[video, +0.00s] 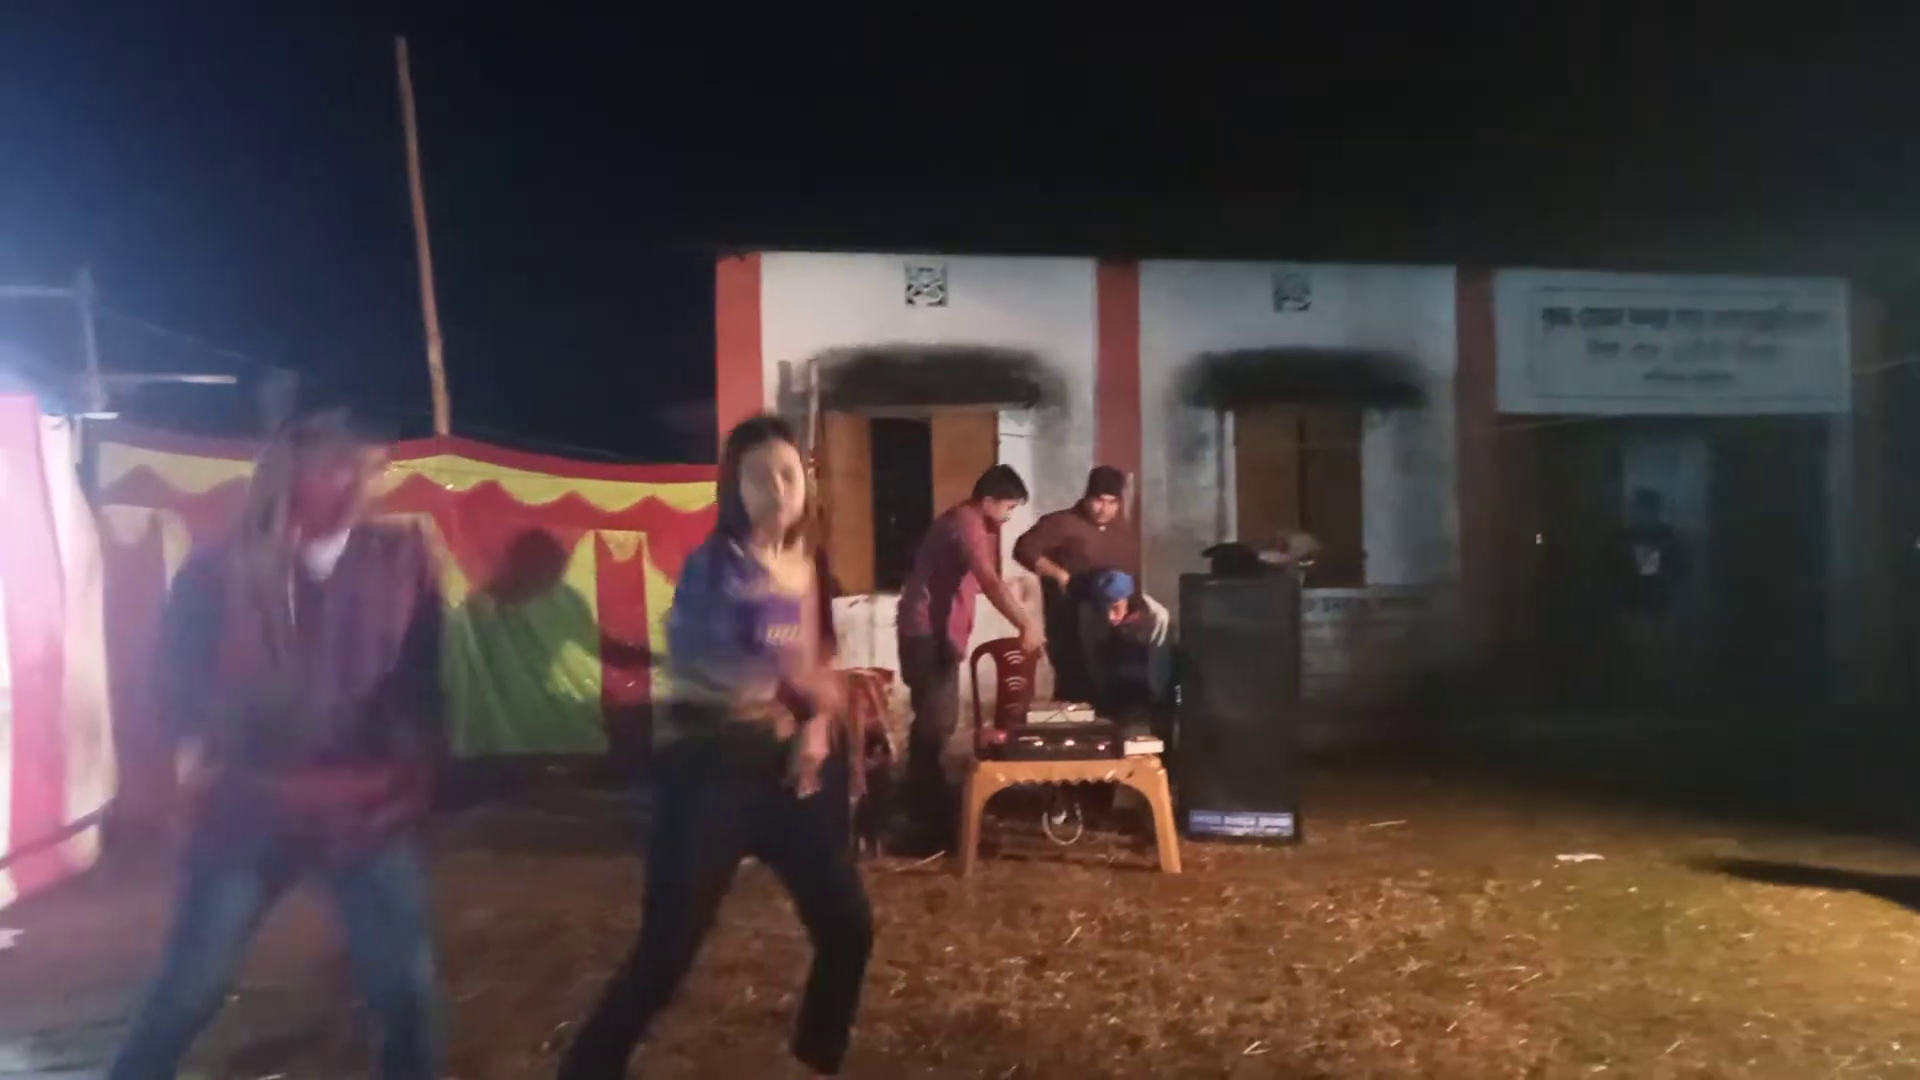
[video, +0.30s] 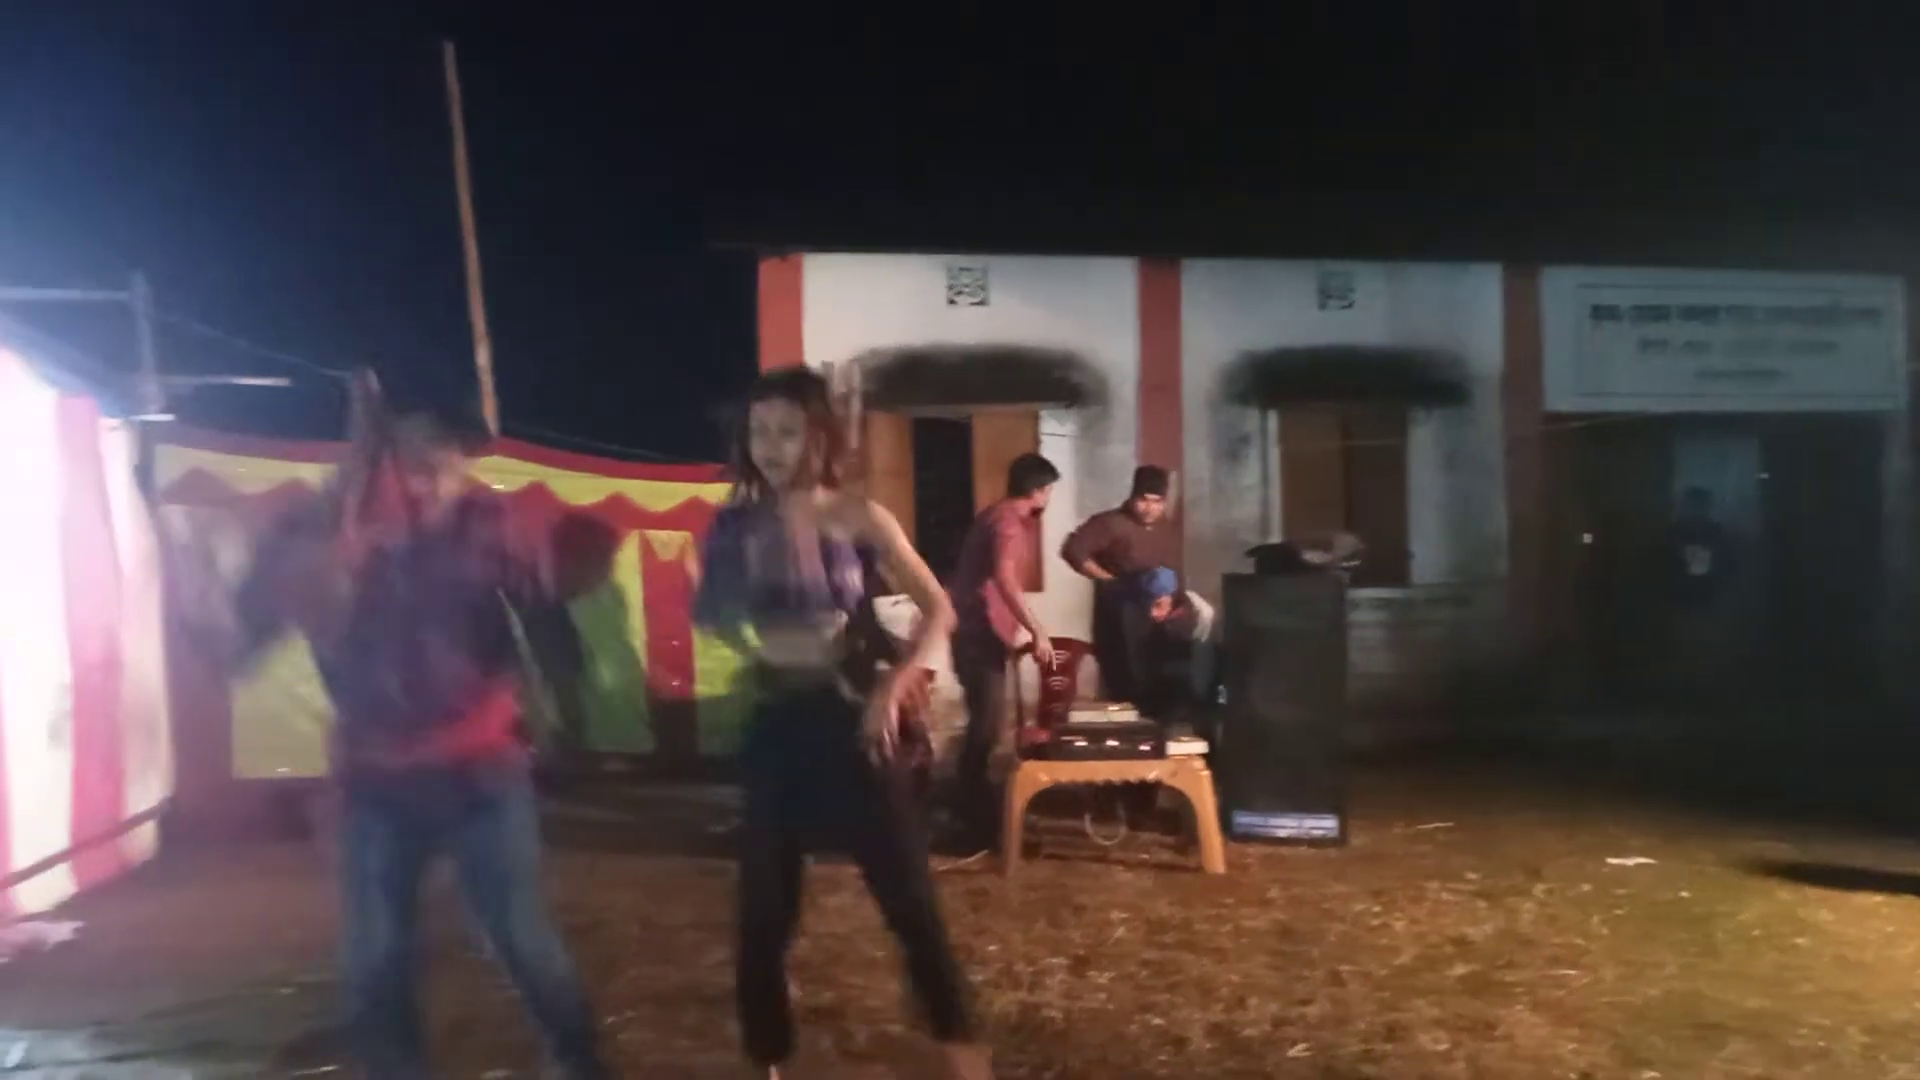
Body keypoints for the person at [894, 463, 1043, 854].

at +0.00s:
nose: (1010, 515)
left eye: (1014, 507)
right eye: (1009, 506)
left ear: (992, 500)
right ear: (990, 498)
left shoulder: (977, 523)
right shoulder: (967, 523)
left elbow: (993, 581)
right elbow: (990, 583)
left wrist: (1025, 621)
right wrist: (1024, 625)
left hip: (940, 630)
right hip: (927, 631)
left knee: (936, 723)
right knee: (935, 724)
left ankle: (925, 813)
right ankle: (922, 815)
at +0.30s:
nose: (1050, 496)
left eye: (1050, 488)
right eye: (1047, 488)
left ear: (1020, 485)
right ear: (1035, 489)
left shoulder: (1003, 517)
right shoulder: (1008, 521)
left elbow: (989, 584)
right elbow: (1004, 579)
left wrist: (1010, 636)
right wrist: (1038, 632)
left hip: (980, 631)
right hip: (981, 632)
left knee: (987, 727)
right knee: (986, 728)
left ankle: (973, 816)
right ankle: (973, 819)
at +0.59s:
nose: (1149, 486)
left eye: (1148, 479)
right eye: (1146, 479)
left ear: (1114, 474)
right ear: (1135, 480)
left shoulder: (1089, 509)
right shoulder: (1112, 516)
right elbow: (1105, 578)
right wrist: (1113, 640)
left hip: (1076, 636)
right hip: (1095, 639)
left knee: (1090, 726)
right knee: (1103, 728)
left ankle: (1085, 812)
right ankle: (1097, 817)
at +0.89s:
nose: (1228, 487)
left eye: (1228, 479)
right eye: (1228, 480)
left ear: (1189, 472)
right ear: (1219, 480)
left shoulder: (1154, 509)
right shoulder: (1201, 513)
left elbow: (1126, 566)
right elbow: (1208, 582)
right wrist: (1228, 637)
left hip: (1140, 631)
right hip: (1175, 635)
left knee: (1147, 721)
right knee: (1180, 724)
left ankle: (1140, 825)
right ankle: (1172, 828)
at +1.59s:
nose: (1339, 486)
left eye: (1340, 478)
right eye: (1336, 478)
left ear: (1309, 474)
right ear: (1316, 475)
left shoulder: (1265, 506)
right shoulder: (1311, 513)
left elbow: (1252, 566)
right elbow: (1323, 581)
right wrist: (1352, 629)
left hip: (1263, 623)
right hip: (1303, 624)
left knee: (1264, 714)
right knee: (1313, 718)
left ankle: (1249, 803)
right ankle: (1301, 814)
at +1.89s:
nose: (1348, 476)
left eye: (1350, 469)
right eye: (1344, 468)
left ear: (1323, 463)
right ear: (1324, 462)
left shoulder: (1286, 485)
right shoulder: (1310, 495)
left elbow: (1267, 541)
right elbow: (1329, 563)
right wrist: (1383, 595)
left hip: (1264, 601)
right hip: (1295, 606)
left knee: (1267, 693)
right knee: (1322, 693)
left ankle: (1255, 781)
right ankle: (1304, 786)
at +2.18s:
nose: (1369, 505)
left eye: (1373, 498)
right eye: (1367, 497)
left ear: (1339, 482)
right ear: (1351, 489)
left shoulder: (1304, 503)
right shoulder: (1316, 512)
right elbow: (1332, 587)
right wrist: (1391, 608)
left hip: (1274, 614)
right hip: (1292, 619)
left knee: (1294, 707)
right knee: (1308, 707)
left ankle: (1294, 799)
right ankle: (1305, 808)